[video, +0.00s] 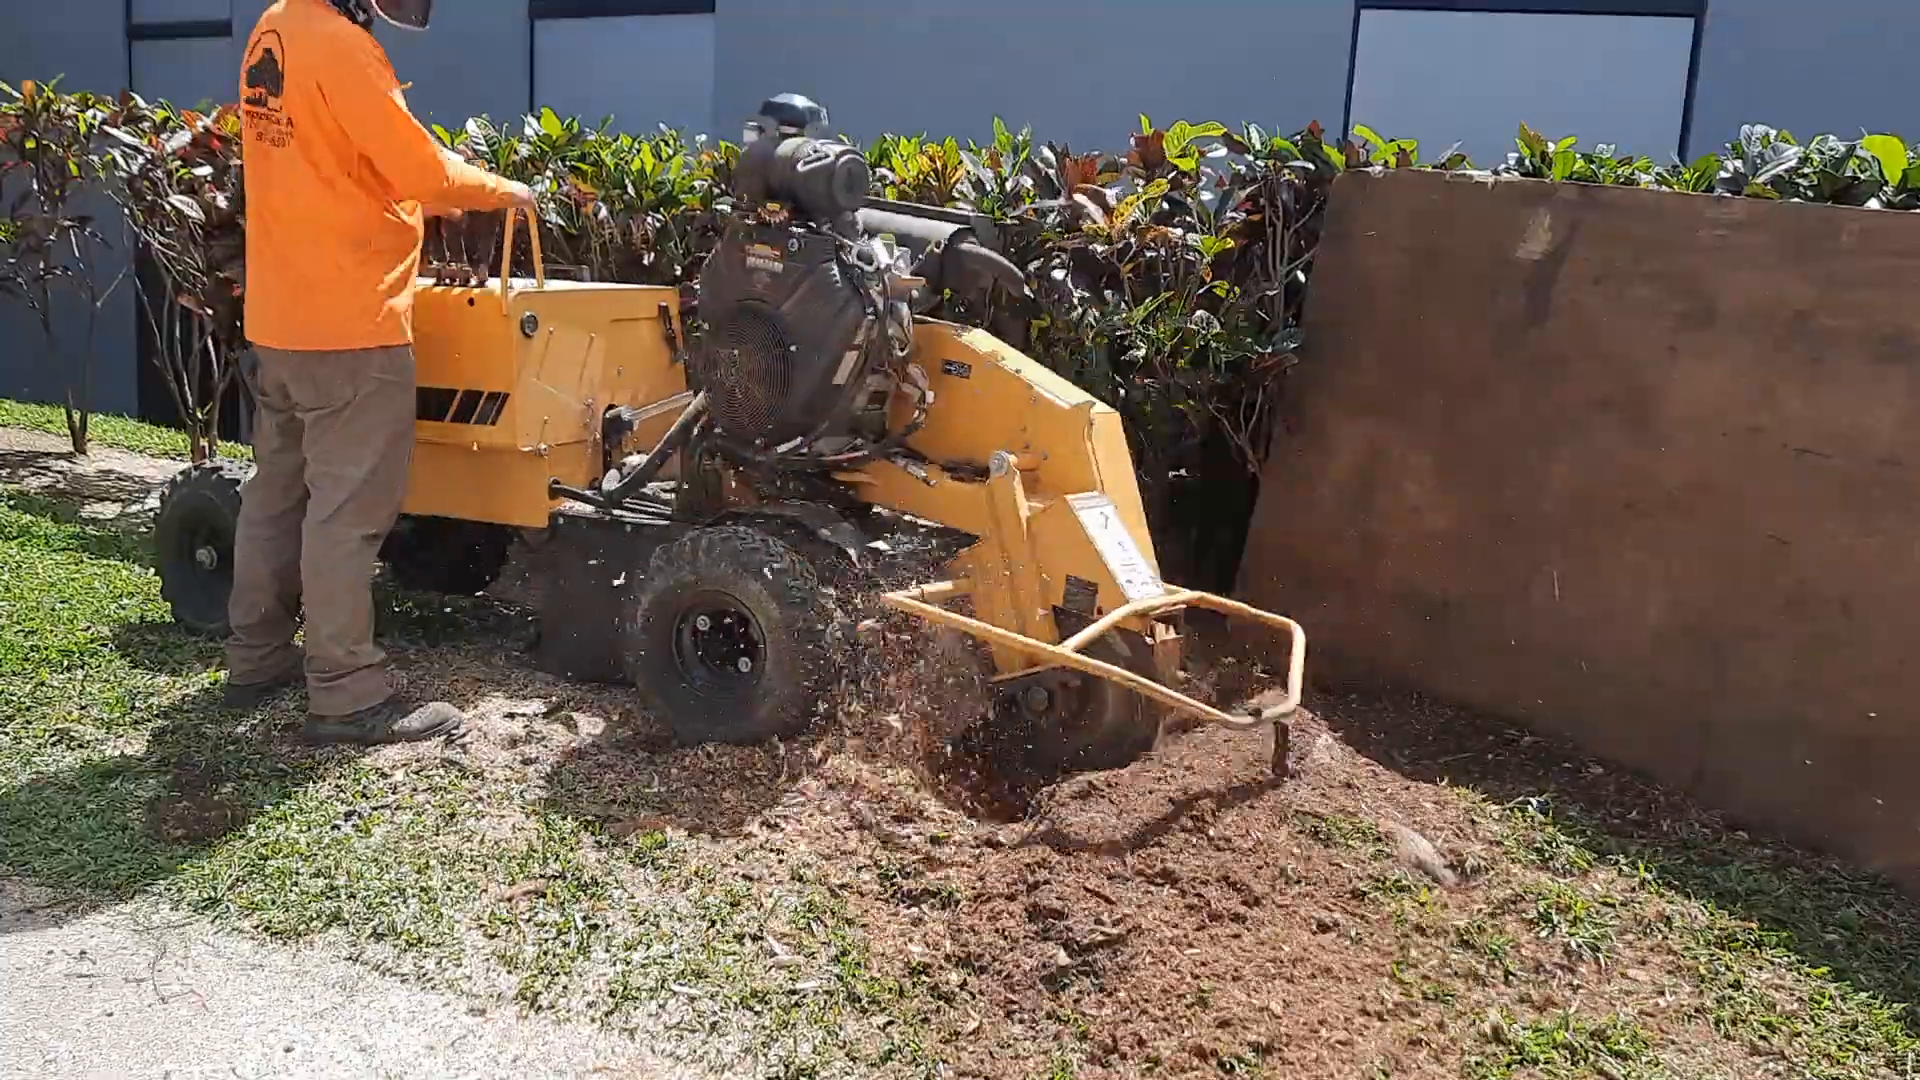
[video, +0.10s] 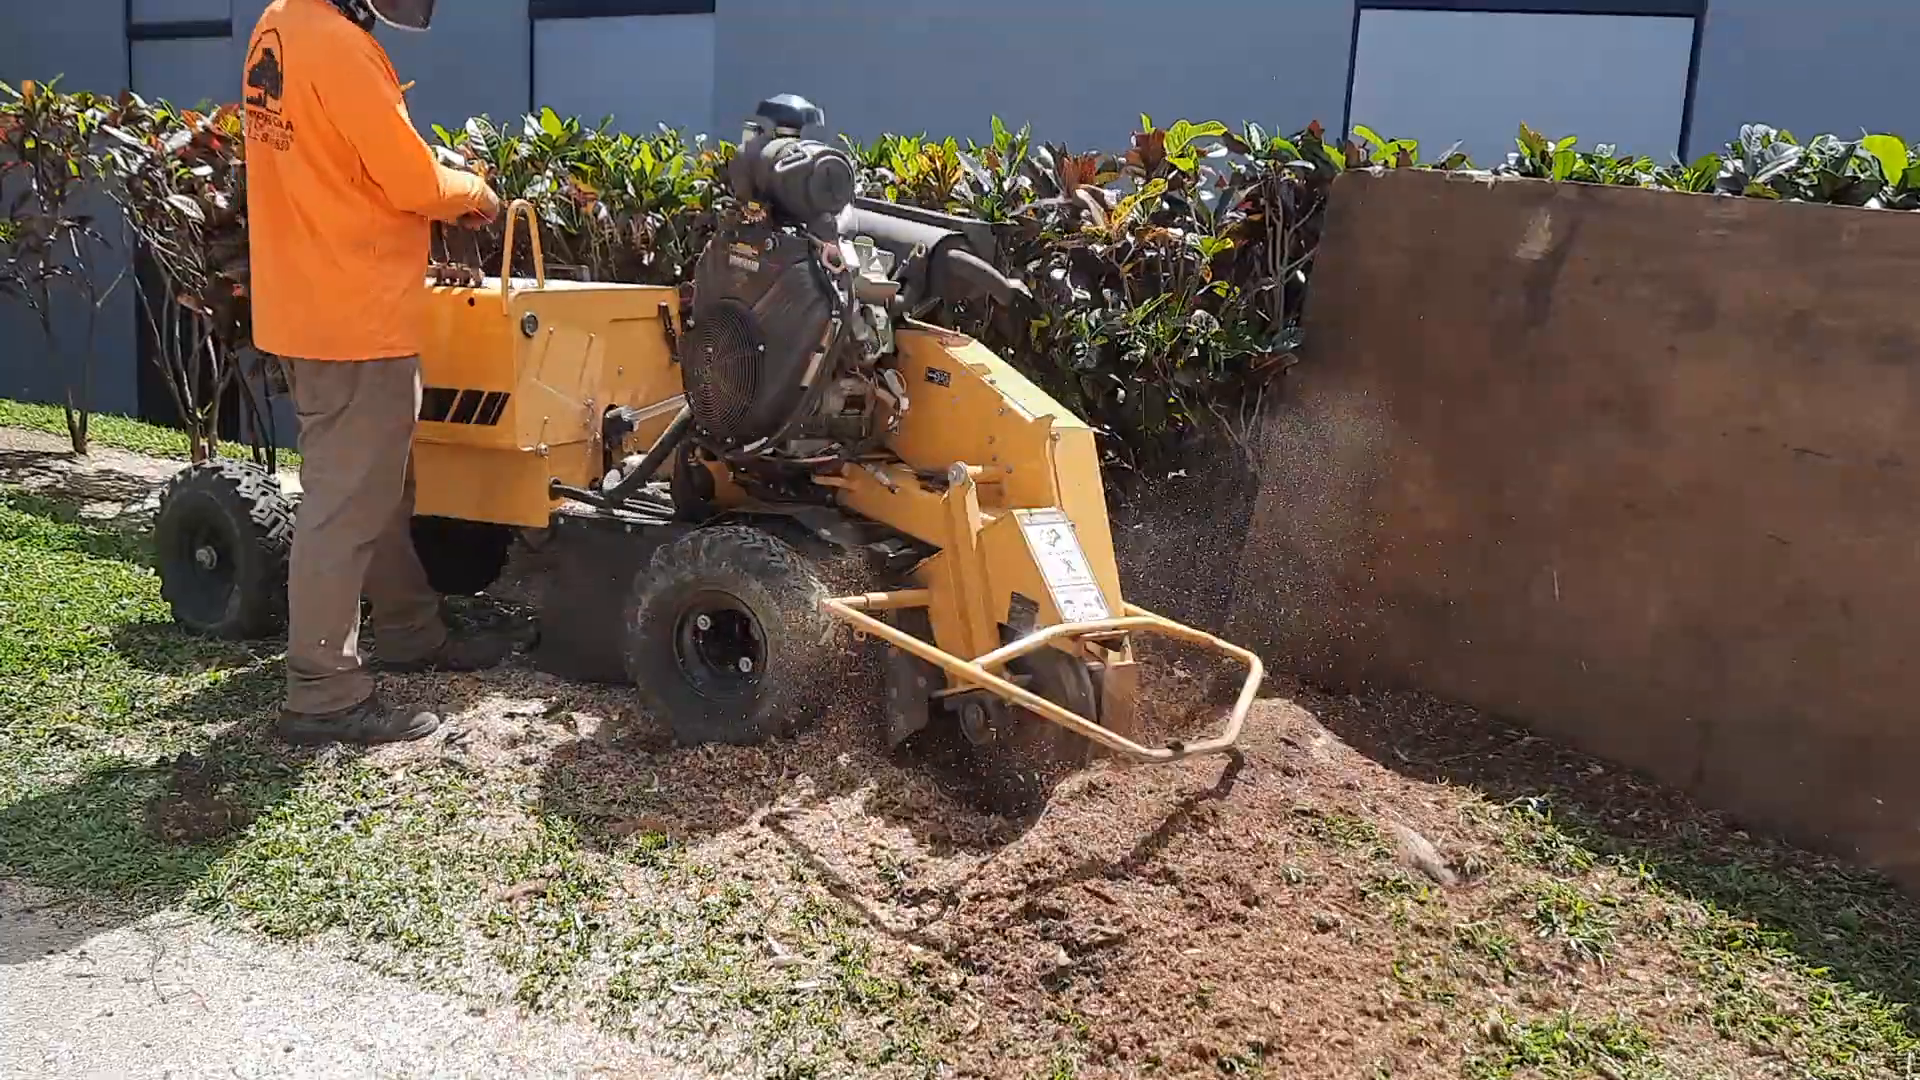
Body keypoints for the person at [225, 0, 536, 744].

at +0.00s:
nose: (409, 13)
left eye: (409, 7)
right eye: (407, 3)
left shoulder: (274, 27)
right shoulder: (346, 49)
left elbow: (344, 159)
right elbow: (422, 173)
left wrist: (449, 174)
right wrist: (499, 191)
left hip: (279, 323)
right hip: (352, 328)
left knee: (276, 495)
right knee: (349, 509)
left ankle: (256, 658)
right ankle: (345, 693)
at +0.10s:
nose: (416, 12)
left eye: (416, 7)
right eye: (413, 4)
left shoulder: (279, 25)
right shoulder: (345, 48)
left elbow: (342, 162)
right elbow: (413, 183)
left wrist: (444, 188)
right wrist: (472, 191)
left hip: (314, 311)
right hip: (357, 318)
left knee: (375, 482)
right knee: (344, 502)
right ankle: (323, 695)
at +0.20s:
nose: (422, 8)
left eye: (418, 3)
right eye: (416, 1)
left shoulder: (277, 23)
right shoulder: (343, 45)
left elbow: (340, 161)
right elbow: (419, 170)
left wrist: (438, 194)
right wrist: (473, 176)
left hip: (311, 315)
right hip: (357, 320)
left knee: (375, 485)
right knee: (346, 503)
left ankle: (412, 632)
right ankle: (322, 695)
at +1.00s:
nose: (500, 19)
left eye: (504, 11)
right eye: (499, 8)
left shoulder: (326, 28)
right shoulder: (445, 55)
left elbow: (296, 155)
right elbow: (502, 189)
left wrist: (412, 154)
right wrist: (525, 182)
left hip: (341, 319)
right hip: (414, 331)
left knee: (370, 502)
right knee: (397, 518)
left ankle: (301, 665)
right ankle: (372, 706)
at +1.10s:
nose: (469, 24)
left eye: (473, 18)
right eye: (469, 15)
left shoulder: (317, 25)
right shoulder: (420, 54)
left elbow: (295, 158)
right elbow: (494, 187)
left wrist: (437, 183)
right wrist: (521, 182)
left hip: (346, 316)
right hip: (403, 328)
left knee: (424, 496)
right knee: (391, 514)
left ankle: (425, 653)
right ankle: (369, 704)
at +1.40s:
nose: (465, 12)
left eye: (464, 7)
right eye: (460, 5)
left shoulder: (353, 28)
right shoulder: (394, 40)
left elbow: (296, 127)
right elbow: (467, 173)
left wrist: (401, 162)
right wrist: (519, 193)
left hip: (391, 322)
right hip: (386, 328)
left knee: (443, 482)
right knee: (388, 511)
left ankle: (419, 652)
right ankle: (369, 705)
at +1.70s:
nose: (457, 24)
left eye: (461, 17)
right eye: (458, 14)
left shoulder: (333, 27)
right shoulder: (404, 52)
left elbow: (393, 166)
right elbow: (478, 184)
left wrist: (498, 192)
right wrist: (541, 196)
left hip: (355, 322)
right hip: (402, 329)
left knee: (432, 490)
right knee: (396, 509)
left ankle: (424, 659)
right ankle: (370, 707)